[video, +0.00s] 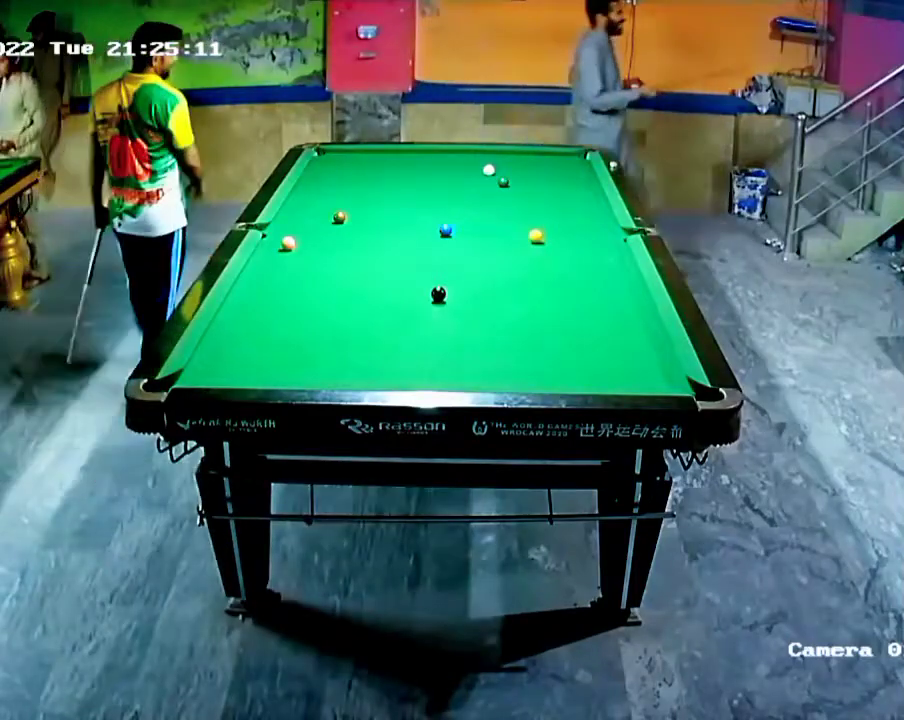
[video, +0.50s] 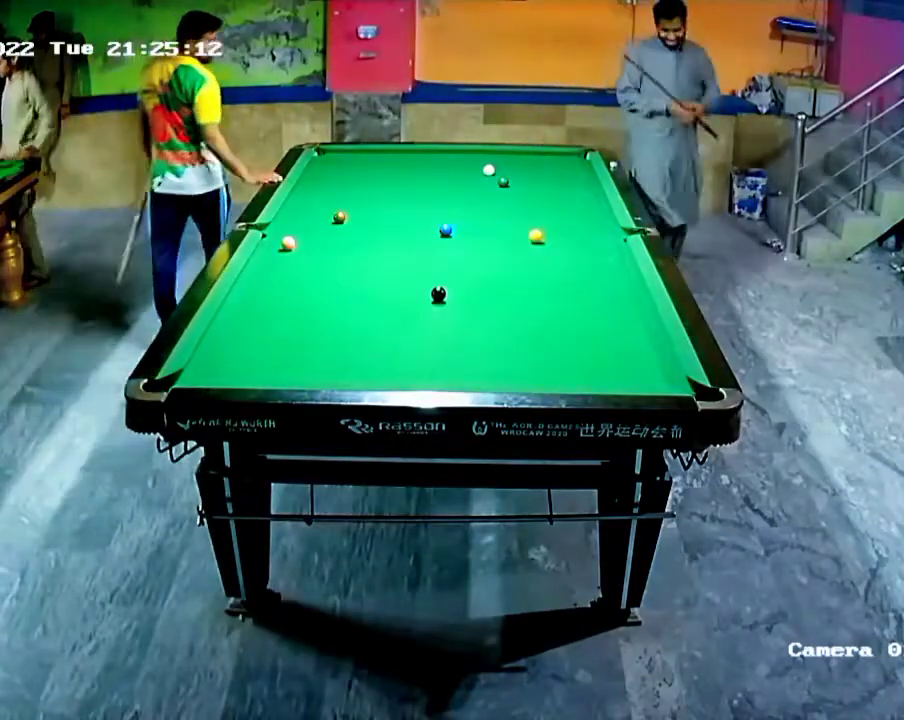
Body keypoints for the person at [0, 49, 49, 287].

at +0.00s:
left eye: (2, 59)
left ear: (11, 61)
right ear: (3, 62)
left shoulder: (25, 82)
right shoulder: (7, 85)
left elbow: (40, 120)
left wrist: (16, 142)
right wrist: (7, 143)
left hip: (22, 158)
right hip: (5, 159)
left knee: (23, 213)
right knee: (16, 214)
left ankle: (37, 267)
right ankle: (33, 266)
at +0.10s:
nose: (0, 64)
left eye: (3, 59)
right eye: (0, 59)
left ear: (13, 59)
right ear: (4, 60)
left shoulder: (27, 82)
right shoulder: (7, 84)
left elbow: (42, 119)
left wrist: (18, 141)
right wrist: (6, 143)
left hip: (24, 158)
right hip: (4, 158)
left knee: (26, 215)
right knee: (14, 215)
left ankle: (36, 267)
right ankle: (23, 267)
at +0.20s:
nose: (1, 63)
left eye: (4, 58)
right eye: (2, 58)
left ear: (14, 59)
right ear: (7, 60)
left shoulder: (28, 80)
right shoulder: (9, 83)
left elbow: (47, 117)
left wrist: (22, 143)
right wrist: (9, 143)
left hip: (23, 159)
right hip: (5, 159)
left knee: (26, 214)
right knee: (13, 215)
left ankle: (36, 267)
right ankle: (21, 267)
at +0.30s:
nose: (0, 63)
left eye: (3, 58)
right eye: (1, 58)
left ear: (15, 59)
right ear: (10, 59)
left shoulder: (30, 80)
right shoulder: (10, 83)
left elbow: (47, 117)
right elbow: (9, 120)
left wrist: (24, 144)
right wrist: (5, 146)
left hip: (26, 158)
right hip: (6, 158)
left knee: (28, 214)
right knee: (15, 215)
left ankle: (38, 268)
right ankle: (24, 266)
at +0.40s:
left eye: (2, 58)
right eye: (1, 58)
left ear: (12, 59)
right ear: (10, 59)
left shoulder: (27, 80)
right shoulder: (9, 83)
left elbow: (47, 111)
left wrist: (34, 145)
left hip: (19, 158)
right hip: (5, 158)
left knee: (22, 215)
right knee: (16, 215)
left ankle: (37, 268)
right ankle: (24, 267)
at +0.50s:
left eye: (2, 59)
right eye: (0, 60)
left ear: (12, 60)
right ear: (9, 61)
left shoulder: (28, 81)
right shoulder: (8, 84)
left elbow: (48, 114)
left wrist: (37, 146)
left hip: (20, 159)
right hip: (4, 159)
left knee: (22, 215)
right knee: (17, 215)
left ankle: (37, 267)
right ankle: (27, 266)